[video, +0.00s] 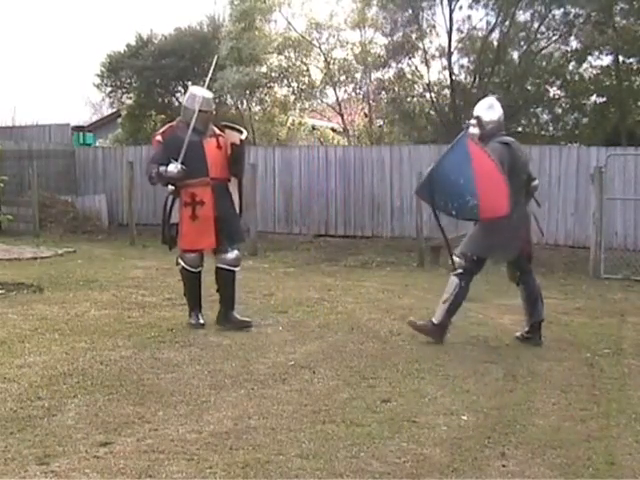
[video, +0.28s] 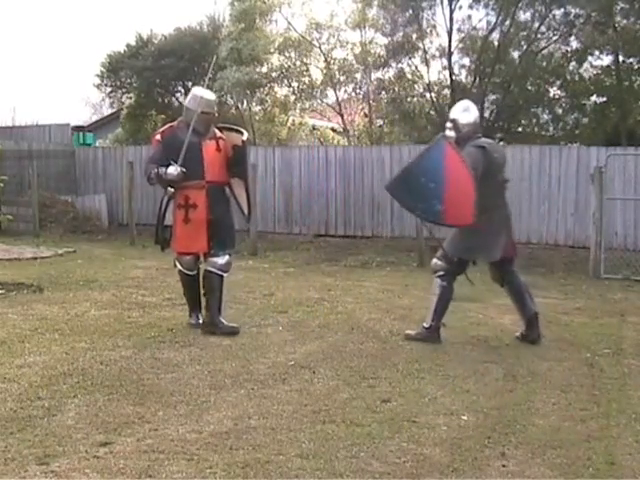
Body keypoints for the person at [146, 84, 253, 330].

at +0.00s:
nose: (203, 117)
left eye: (207, 112)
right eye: (199, 112)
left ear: (212, 113)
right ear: (187, 111)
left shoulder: (218, 138)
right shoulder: (175, 137)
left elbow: (235, 172)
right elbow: (153, 169)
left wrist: (237, 147)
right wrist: (165, 173)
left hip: (220, 199)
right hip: (191, 201)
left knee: (229, 255)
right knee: (192, 256)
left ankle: (227, 312)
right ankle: (195, 311)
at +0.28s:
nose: (209, 119)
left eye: (212, 113)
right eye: (204, 113)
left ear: (215, 114)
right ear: (190, 112)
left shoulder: (219, 139)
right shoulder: (171, 137)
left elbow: (237, 174)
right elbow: (150, 169)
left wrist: (238, 148)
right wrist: (164, 173)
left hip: (217, 204)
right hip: (186, 206)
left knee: (219, 259)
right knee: (188, 259)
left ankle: (214, 316)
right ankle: (195, 311)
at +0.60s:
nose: (217, 120)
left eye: (221, 115)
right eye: (213, 114)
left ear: (223, 115)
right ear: (199, 108)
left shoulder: (223, 140)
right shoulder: (174, 131)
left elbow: (237, 176)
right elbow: (148, 161)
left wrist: (247, 151)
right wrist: (160, 166)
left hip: (213, 203)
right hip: (181, 202)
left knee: (212, 263)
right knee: (174, 259)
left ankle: (210, 319)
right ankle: (184, 308)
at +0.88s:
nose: (215, 119)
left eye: (217, 115)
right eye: (211, 113)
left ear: (217, 115)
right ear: (196, 108)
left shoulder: (216, 141)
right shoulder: (168, 130)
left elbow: (230, 174)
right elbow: (141, 159)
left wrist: (240, 155)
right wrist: (155, 162)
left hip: (205, 206)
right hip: (173, 204)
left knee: (209, 266)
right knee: (158, 259)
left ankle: (210, 321)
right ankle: (138, 320)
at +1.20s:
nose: (183, 120)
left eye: (187, 116)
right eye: (180, 114)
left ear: (189, 116)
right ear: (166, 110)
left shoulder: (189, 142)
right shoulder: (145, 135)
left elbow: (204, 174)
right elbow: (123, 165)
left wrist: (224, 157)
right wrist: (145, 169)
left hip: (185, 210)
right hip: (152, 209)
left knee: (200, 268)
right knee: (140, 265)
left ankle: (209, 321)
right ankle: (126, 324)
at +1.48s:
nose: (171, 121)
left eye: (175, 116)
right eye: (167, 115)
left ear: (177, 116)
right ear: (154, 110)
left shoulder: (176, 140)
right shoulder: (131, 136)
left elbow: (188, 173)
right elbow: (113, 167)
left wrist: (208, 154)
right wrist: (132, 176)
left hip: (176, 208)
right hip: (144, 209)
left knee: (197, 265)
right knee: (138, 266)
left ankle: (204, 320)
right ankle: (126, 325)